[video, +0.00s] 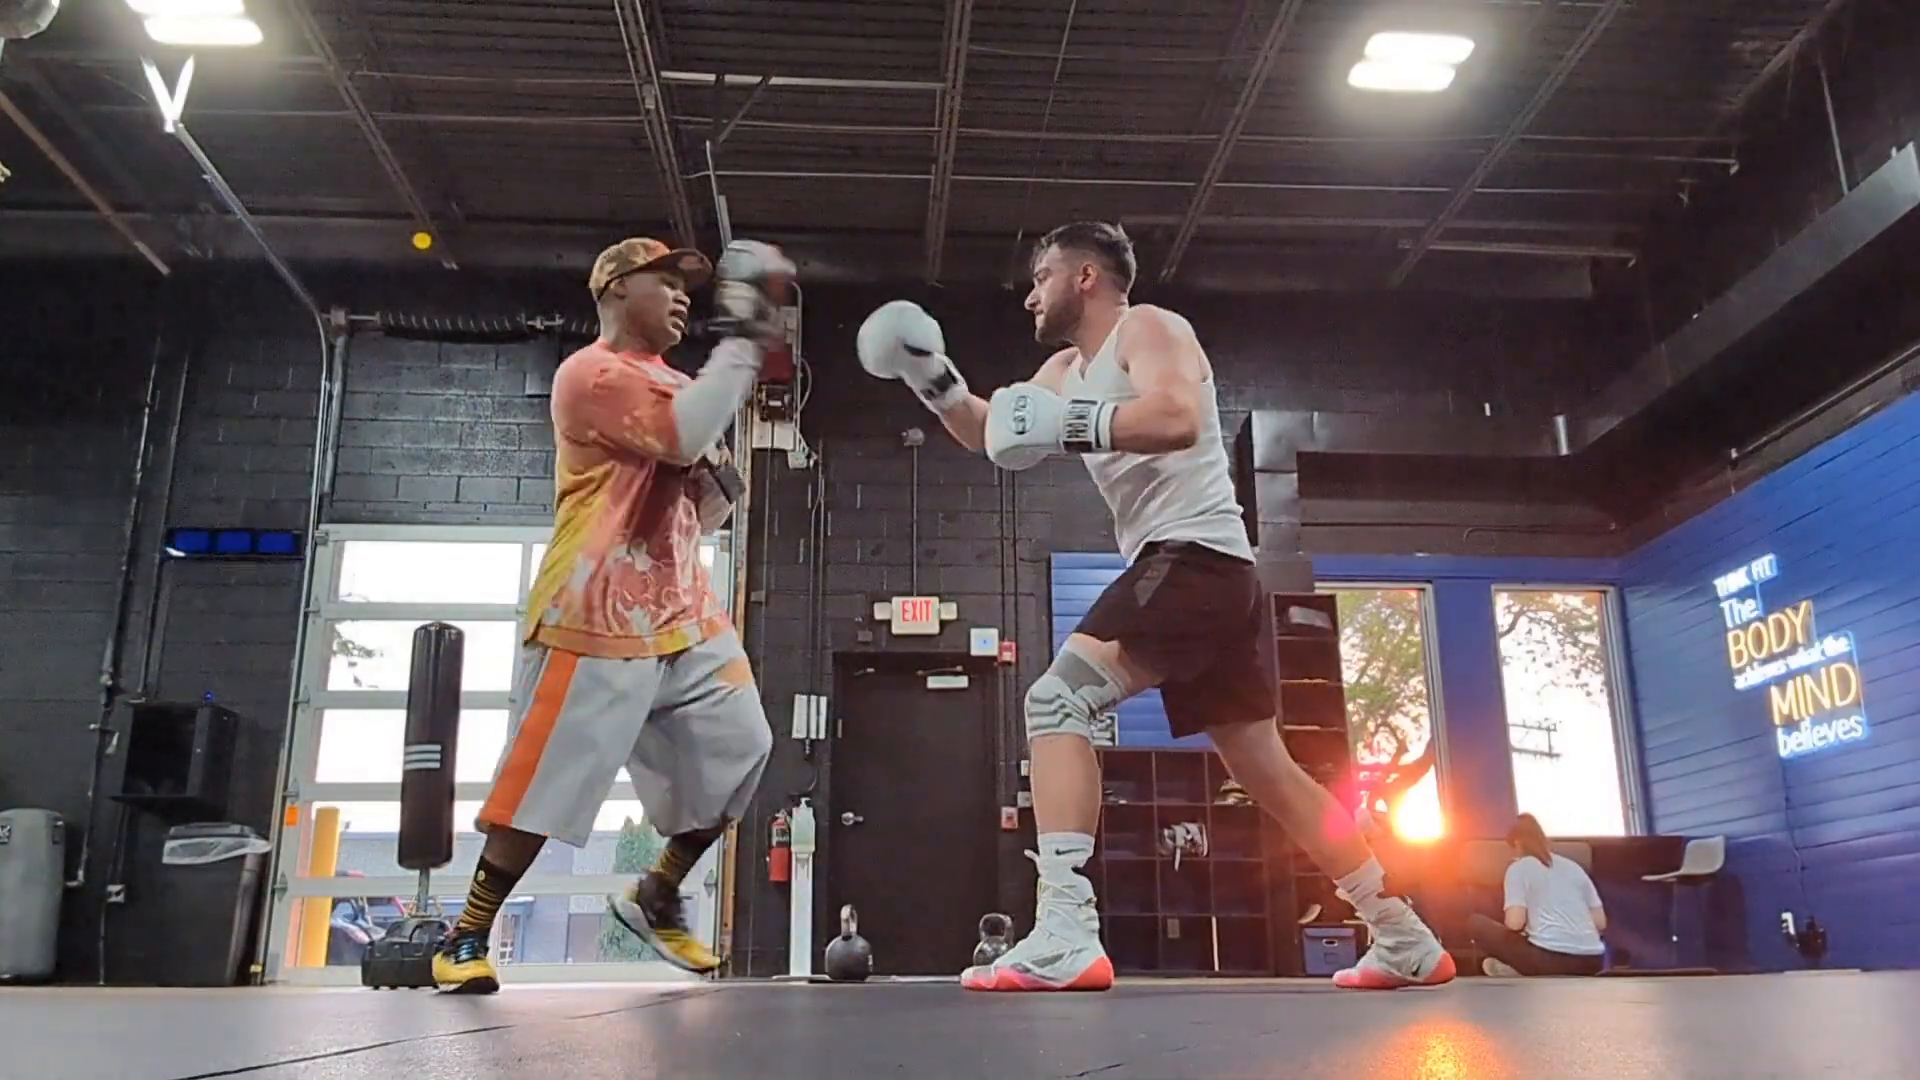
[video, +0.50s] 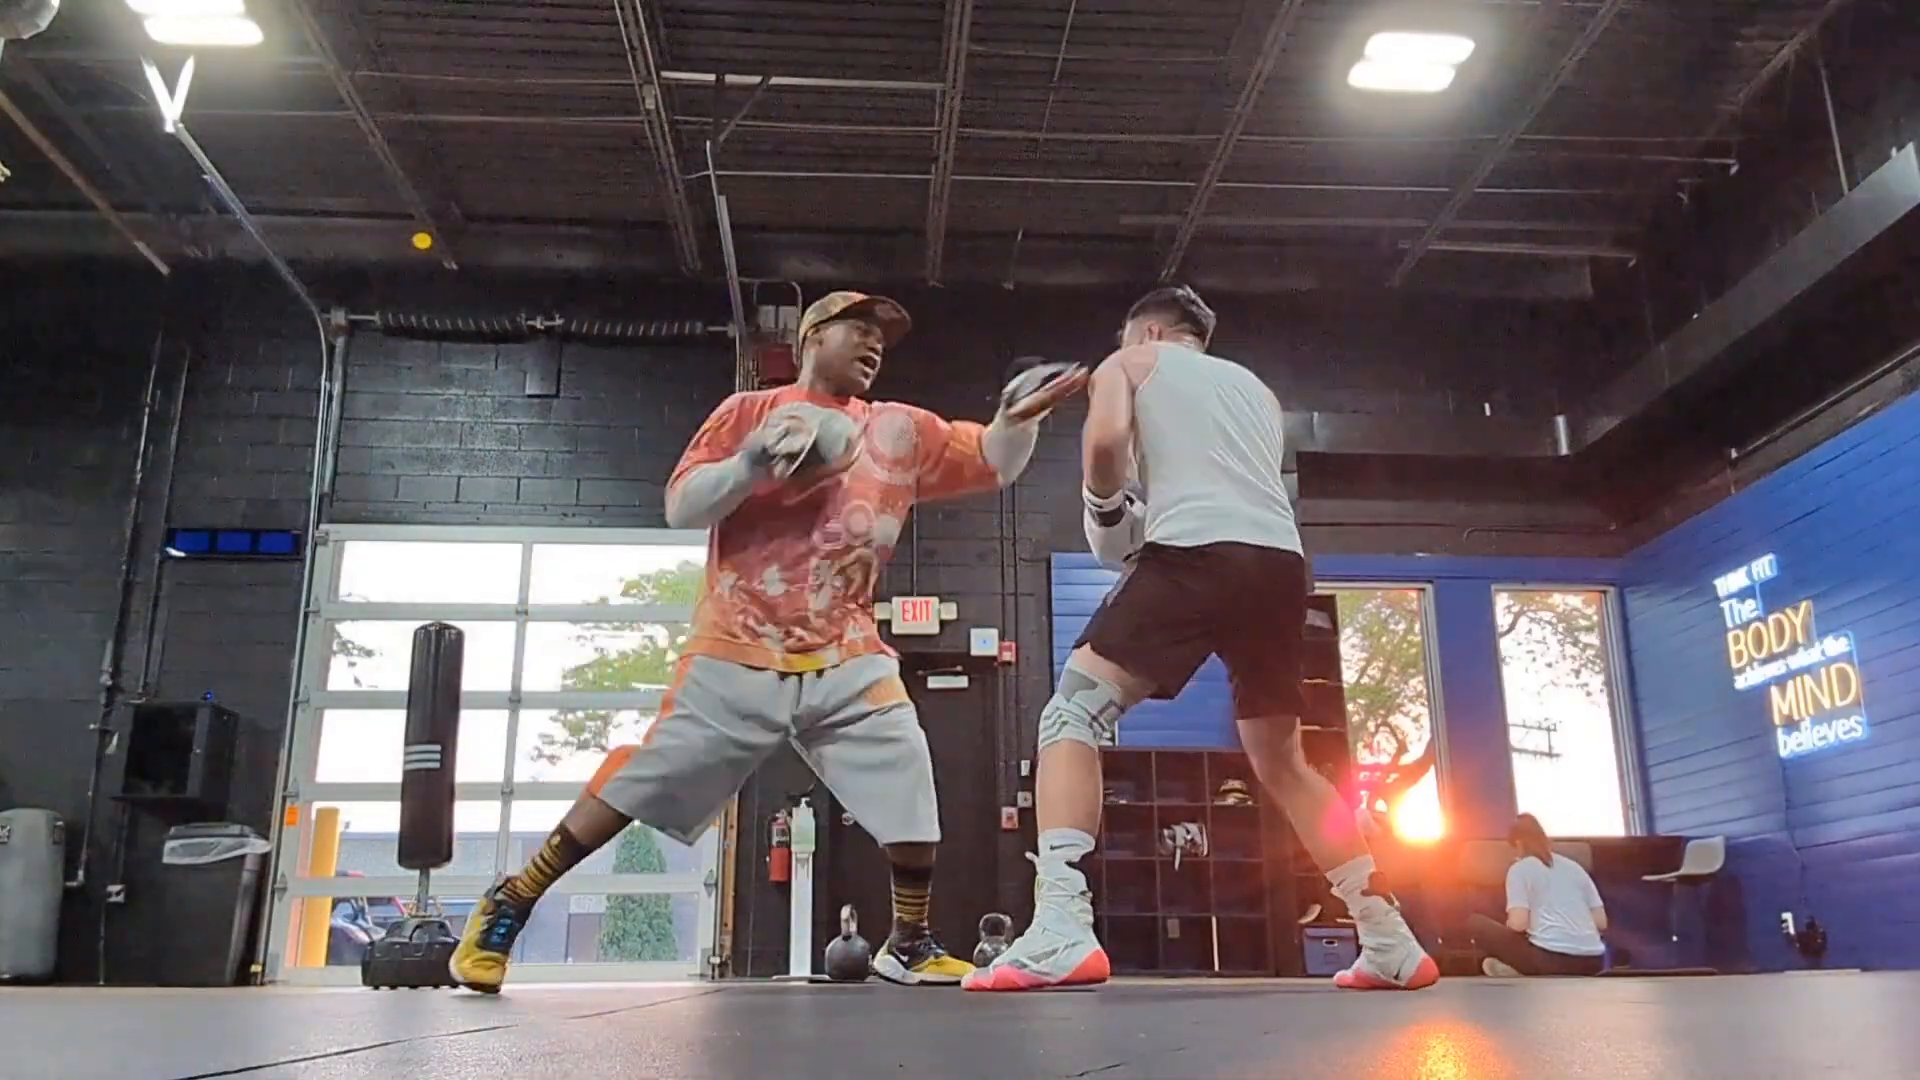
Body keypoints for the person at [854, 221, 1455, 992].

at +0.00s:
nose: (1031, 295)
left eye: (1042, 276)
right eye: (1031, 282)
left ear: (1090, 274)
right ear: (1078, 285)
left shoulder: (1149, 325)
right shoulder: (1061, 370)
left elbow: (1178, 418)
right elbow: (993, 436)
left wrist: (1064, 422)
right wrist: (935, 379)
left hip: (1193, 561)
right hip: (1204, 571)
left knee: (1058, 703)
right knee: (1266, 769)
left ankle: (1064, 933)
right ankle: (1403, 936)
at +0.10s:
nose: (1029, 290)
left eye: (1040, 273)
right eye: (1029, 278)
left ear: (1090, 270)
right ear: (1078, 281)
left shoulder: (1155, 326)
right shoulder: (1060, 366)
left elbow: (1192, 427)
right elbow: (977, 409)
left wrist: (1079, 423)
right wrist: (899, 363)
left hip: (1185, 559)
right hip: (1205, 570)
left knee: (1060, 707)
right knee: (1266, 769)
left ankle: (1063, 934)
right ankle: (1397, 934)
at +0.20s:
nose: (1039, 292)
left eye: (1048, 272)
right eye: (1040, 277)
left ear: (1092, 266)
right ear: (1087, 274)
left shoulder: (1144, 320)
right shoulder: (1106, 368)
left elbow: (1172, 427)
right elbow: (1071, 472)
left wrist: (1073, 439)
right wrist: (994, 428)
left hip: (1185, 553)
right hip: (1222, 559)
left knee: (1065, 714)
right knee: (1255, 762)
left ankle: (1065, 931)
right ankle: (1386, 930)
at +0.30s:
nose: (1067, 322)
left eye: (1072, 304)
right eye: (1067, 308)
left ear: (1107, 290)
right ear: (1133, 297)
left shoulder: (1116, 333)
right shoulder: (1185, 362)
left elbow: (1131, 428)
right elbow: (1148, 498)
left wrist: (1069, 462)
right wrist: (1085, 466)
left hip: (1190, 547)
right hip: (1258, 555)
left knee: (1073, 719)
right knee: (1269, 760)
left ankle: (1064, 930)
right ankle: (1390, 932)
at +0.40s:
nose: (1101, 357)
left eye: (1101, 345)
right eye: (1100, 346)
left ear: (1129, 332)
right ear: (1184, 331)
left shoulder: (1111, 364)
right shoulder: (1245, 382)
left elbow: (1084, 434)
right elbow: (1254, 476)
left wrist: (1088, 508)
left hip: (1192, 543)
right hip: (1281, 550)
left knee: (1075, 718)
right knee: (1284, 756)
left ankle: (1062, 926)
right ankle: (1388, 935)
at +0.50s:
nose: (1121, 353)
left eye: (1125, 341)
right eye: (1124, 344)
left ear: (1148, 331)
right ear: (1199, 338)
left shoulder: (1126, 362)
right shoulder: (1259, 390)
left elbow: (1105, 439)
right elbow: (1266, 489)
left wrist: (1108, 521)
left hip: (1191, 554)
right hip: (1281, 563)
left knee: (1072, 719)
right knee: (1279, 760)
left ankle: (1060, 927)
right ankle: (1389, 939)